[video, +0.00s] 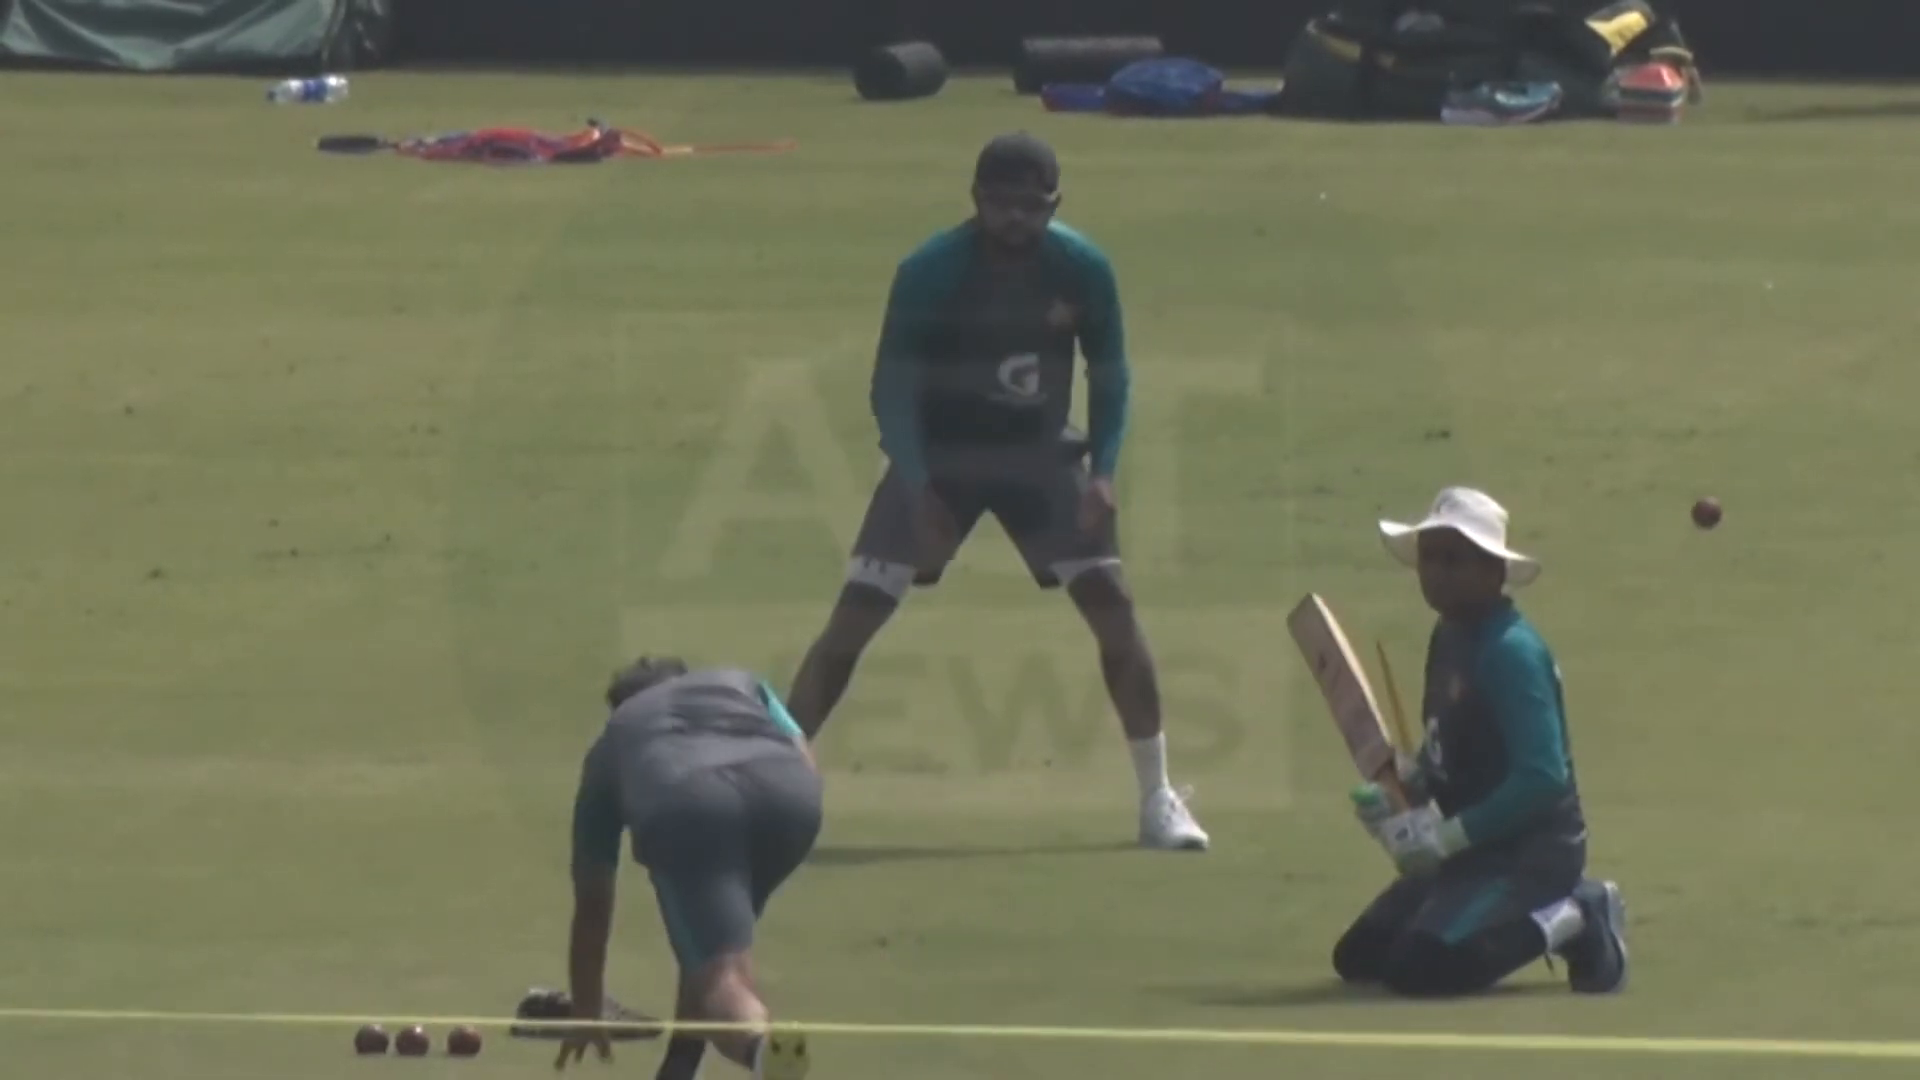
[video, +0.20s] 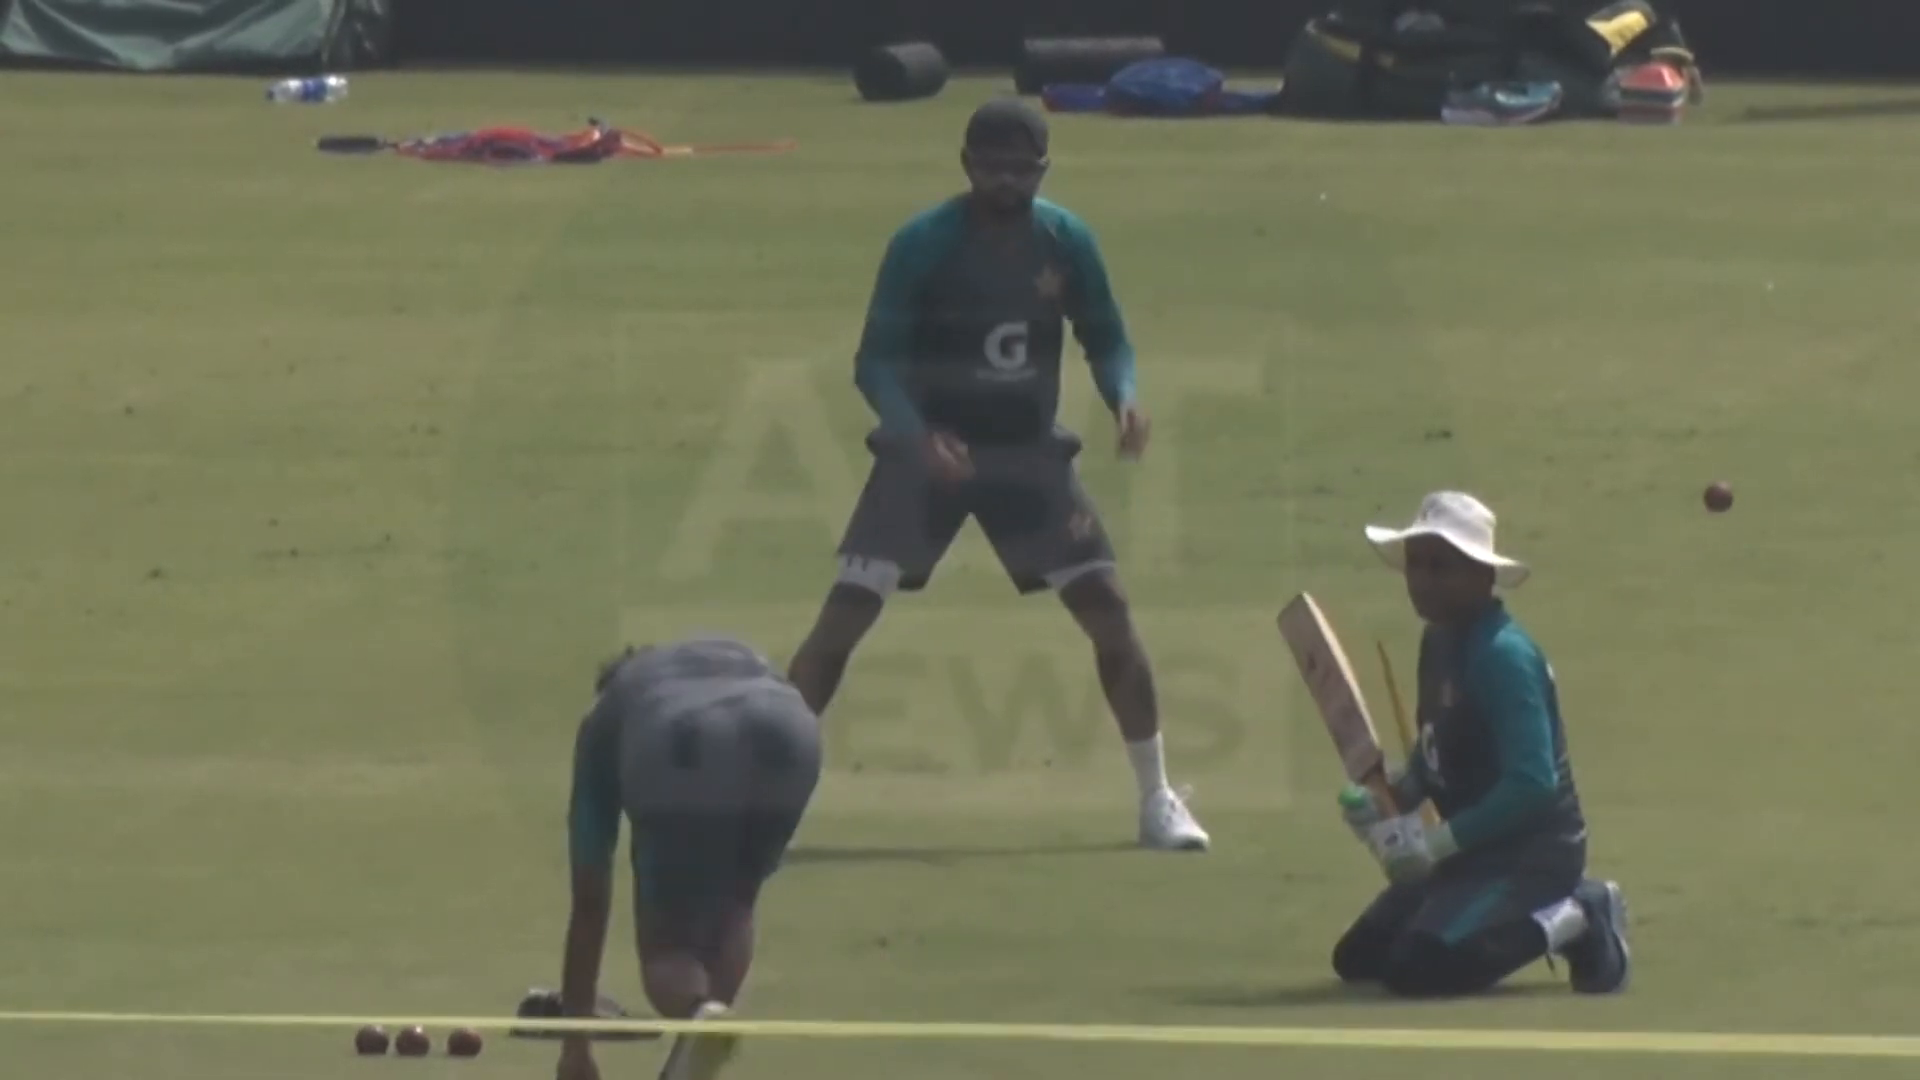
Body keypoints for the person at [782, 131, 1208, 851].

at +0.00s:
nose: (1015, 221)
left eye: (1031, 206)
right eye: (1001, 205)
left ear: (1054, 204)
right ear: (976, 200)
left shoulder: (1082, 269)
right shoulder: (928, 273)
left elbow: (1109, 372)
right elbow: (891, 390)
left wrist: (1102, 468)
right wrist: (915, 488)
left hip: (1041, 461)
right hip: (938, 461)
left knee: (1110, 605)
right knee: (857, 613)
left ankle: (1158, 798)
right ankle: (769, 777)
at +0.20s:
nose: (1010, 180)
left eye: (1024, 166)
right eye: (995, 165)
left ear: (1043, 169)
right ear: (968, 163)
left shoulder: (1066, 243)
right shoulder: (920, 245)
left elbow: (1105, 335)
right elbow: (875, 362)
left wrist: (1124, 396)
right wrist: (917, 435)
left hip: (1028, 457)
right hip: (925, 453)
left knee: (1109, 615)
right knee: (844, 616)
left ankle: (1157, 800)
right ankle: (764, 781)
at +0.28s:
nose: (996, 169)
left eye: (1011, 156)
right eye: (981, 155)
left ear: (1030, 157)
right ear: (956, 153)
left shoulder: (1053, 233)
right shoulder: (911, 235)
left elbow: (1102, 342)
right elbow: (862, 351)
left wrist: (1107, 335)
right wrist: (910, 399)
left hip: (1019, 458)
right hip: (917, 456)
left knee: (1100, 612)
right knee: (844, 614)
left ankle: (1158, 800)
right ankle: (770, 787)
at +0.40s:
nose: (987, 156)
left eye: (1000, 142)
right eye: (972, 141)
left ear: (1020, 140)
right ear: (943, 136)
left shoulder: (1043, 219)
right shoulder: (899, 223)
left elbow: (1109, 322)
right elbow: (852, 338)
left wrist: (1098, 240)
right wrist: (901, 352)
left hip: (1012, 451)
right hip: (911, 452)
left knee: (1088, 615)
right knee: (841, 618)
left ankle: (1155, 798)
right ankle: (766, 791)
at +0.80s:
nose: (977, 138)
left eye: (991, 125)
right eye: (962, 121)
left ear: (1010, 133)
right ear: (933, 124)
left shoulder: (1027, 205)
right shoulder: (891, 216)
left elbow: (1113, 221)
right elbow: (843, 327)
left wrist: (1040, 134)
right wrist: (874, 361)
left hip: (1016, 440)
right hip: (918, 442)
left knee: (1079, 622)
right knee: (852, 620)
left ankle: (1156, 798)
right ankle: (776, 781)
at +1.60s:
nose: (982, 140)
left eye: (996, 128)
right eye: (968, 126)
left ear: (1012, 135)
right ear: (936, 126)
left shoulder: (1035, 204)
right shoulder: (894, 221)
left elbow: (1128, 270)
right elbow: (853, 339)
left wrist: (1089, 204)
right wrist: (878, 393)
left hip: (1021, 439)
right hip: (922, 442)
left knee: (1079, 621)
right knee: (858, 608)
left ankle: (1155, 798)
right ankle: (782, 763)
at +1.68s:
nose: (979, 143)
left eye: (993, 130)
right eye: (965, 129)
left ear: (1011, 135)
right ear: (934, 127)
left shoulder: (1037, 206)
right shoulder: (895, 222)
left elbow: (1126, 297)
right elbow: (853, 342)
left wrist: (1078, 267)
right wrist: (880, 401)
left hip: (1022, 442)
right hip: (923, 446)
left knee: (1080, 623)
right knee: (849, 615)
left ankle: (1155, 798)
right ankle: (778, 772)